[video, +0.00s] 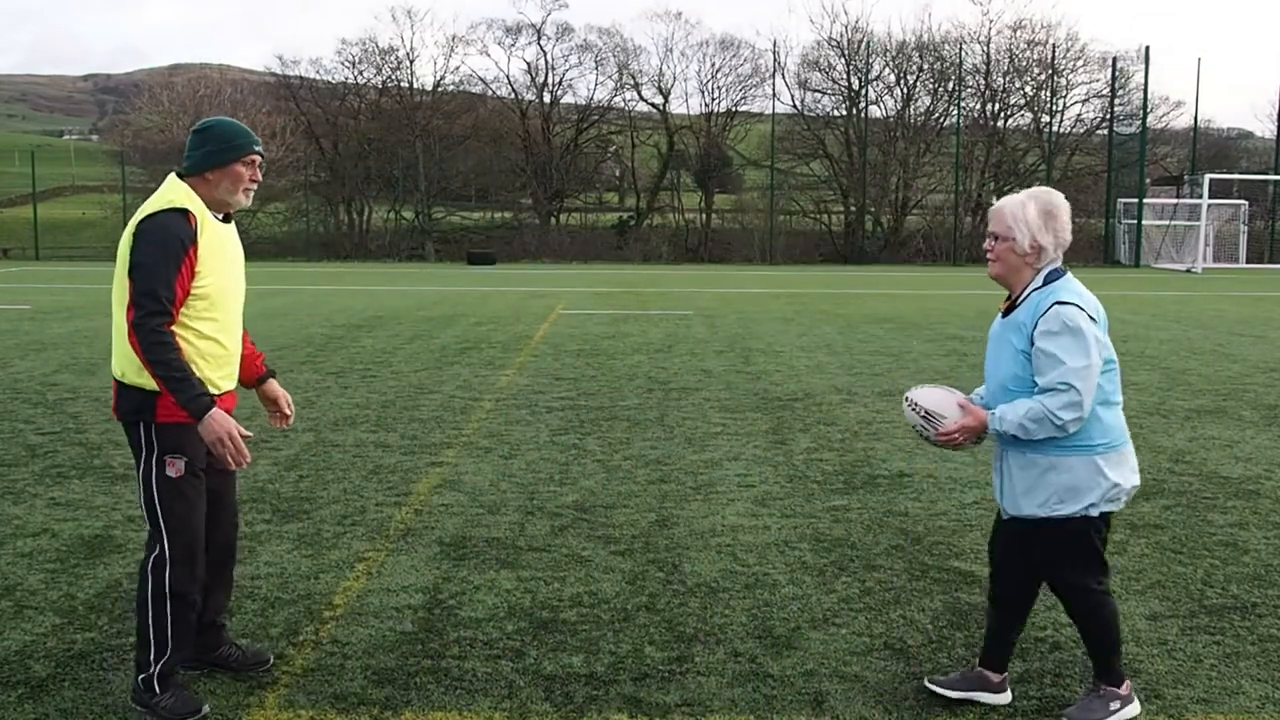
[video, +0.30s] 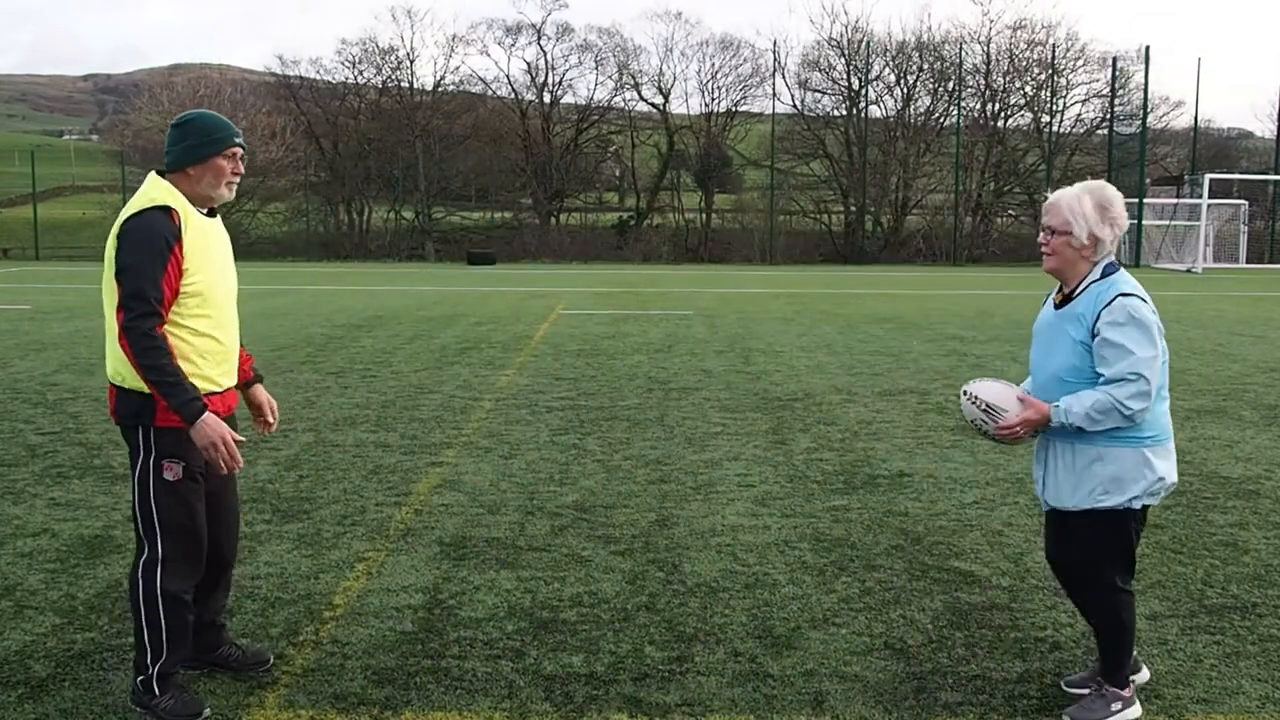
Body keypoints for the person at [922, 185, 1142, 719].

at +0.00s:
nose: (987, 247)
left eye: (998, 238)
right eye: (988, 236)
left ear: (1034, 247)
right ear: (1030, 248)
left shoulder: (1064, 313)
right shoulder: (1021, 307)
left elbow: (1065, 407)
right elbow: (1008, 385)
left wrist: (991, 421)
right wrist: (966, 408)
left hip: (1073, 479)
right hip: (1030, 474)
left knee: (1080, 583)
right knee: (1010, 569)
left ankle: (1113, 688)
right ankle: (991, 674)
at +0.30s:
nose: (1042, 241)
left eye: (1055, 232)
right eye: (1042, 230)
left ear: (1091, 241)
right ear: (1052, 234)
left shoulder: (1122, 306)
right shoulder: (1061, 300)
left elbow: (1131, 396)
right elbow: (1053, 376)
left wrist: (1051, 414)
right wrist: (1017, 407)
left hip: (1114, 469)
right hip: (1072, 464)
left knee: (1103, 575)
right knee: (1067, 562)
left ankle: (1118, 691)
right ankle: (1120, 661)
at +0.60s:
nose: (1055, 243)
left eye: (1067, 234)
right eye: (1055, 232)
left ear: (1103, 241)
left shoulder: (1140, 304)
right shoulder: (1069, 300)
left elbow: (1159, 392)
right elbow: (1063, 373)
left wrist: (1077, 414)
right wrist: (1036, 408)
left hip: (1141, 461)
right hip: (1098, 457)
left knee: (1114, 564)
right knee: (1098, 561)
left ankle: (1127, 681)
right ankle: (1121, 668)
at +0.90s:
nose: (1058, 247)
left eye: (1069, 237)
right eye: (1057, 236)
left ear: (1107, 241)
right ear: (1063, 240)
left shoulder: (1144, 304)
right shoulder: (1073, 299)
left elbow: (1159, 392)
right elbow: (1066, 373)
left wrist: (1079, 413)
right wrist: (1037, 407)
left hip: (1141, 461)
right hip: (1097, 458)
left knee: (1114, 565)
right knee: (1100, 562)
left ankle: (1128, 680)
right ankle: (1121, 667)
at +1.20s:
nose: (1058, 240)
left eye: (1070, 232)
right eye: (1058, 230)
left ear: (1106, 240)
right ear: (1062, 233)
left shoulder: (1138, 304)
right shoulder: (1073, 297)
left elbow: (1152, 392)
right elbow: (1066, 373)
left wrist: (1072, 412)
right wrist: (1034, 404)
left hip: (1132, 462)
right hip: (1092, 458)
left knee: (1109, 564)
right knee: (1095, 561)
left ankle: (1127, 680)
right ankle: (1119, 666)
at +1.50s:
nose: (1055, 240)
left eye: (1066, 232)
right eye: (1054, 230)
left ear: (1102, 239)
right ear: (1058, 233)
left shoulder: (1132, 304)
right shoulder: (1071, 298)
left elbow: (1143, 392)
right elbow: (1063, 375)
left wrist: (1066, 413)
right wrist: (1029, 404)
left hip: (1128, 463)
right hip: (1091, 459)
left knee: (1107, 565)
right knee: (1094, 562)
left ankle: (1128, 681)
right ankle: (1119, 666)